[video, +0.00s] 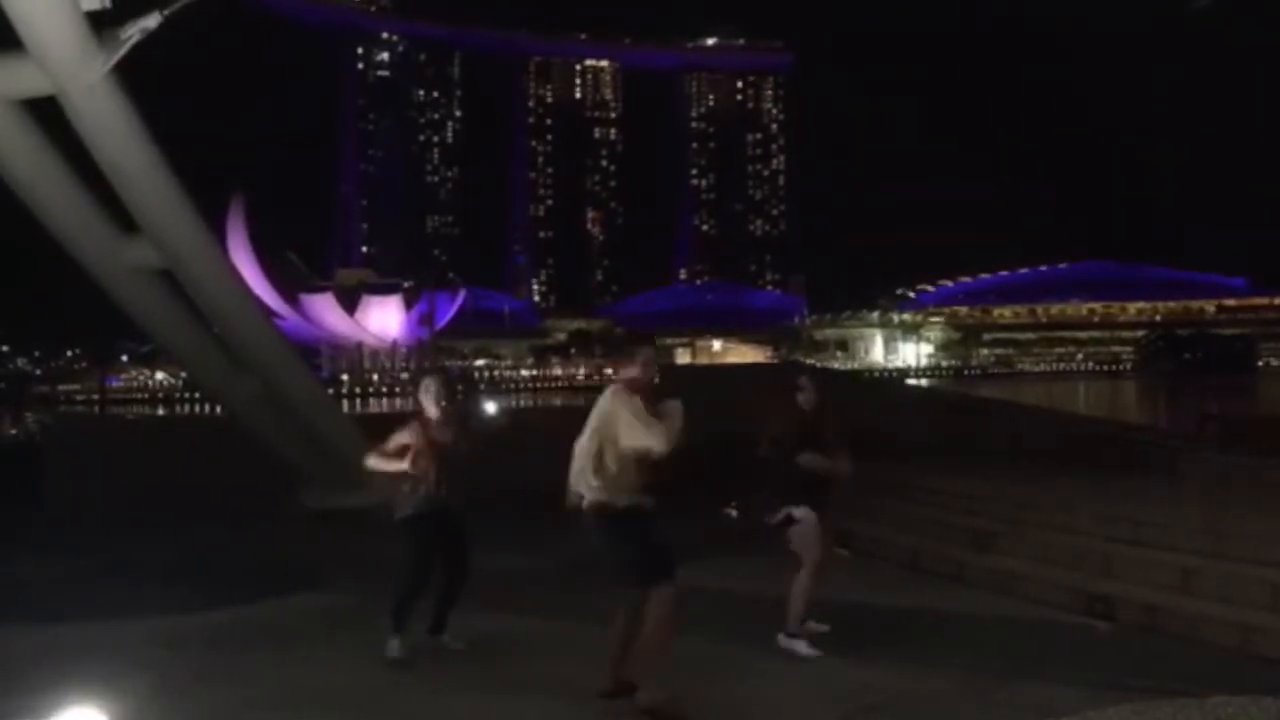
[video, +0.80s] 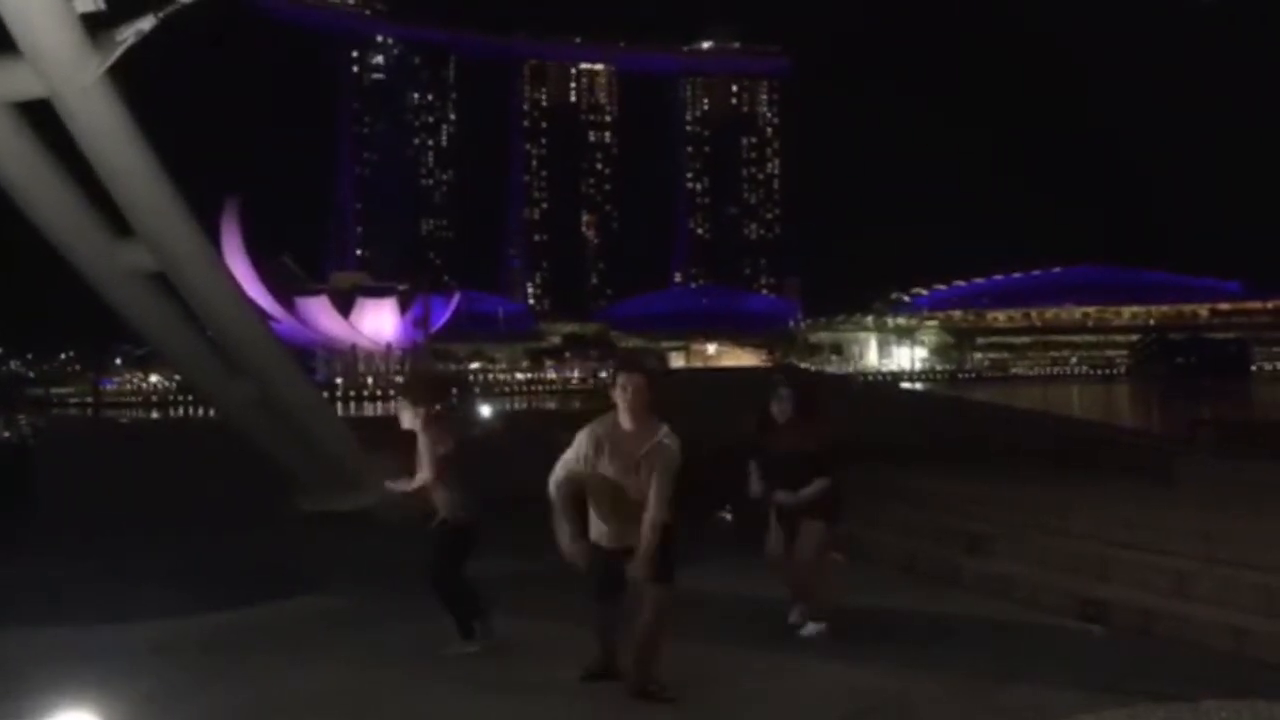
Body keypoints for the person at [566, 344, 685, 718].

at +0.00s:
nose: (650, 373)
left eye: (652, 366)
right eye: (643, 365)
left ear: (653, 371)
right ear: (625, 368)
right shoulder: (618, 399)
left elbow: (583, 447)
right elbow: (656, 444)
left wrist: (585, 489)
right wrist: (672, 413)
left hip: (629, 508)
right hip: (616, 510)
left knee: (636, 592)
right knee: (662, 586)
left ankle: (618, 677)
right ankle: (641, 679)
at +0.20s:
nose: (669, 396)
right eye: (666, 390)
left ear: (631, 391)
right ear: (662, 391)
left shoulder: (607, 434)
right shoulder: (678, 429)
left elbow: (560, 482)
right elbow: (722, 457)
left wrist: (558, 538)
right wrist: (689, 478)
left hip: (623, 537)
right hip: (668, 533)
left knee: (642, 614)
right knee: (687, 612)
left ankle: (652, 687)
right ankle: (679, 701)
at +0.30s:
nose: (598, 390)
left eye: (599, 384)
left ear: (604, 387)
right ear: (636, 382)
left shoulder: (598, 431)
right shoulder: (667, 423)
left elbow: (606, 488)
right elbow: (677, 481)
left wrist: (634, 514)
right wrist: (672, 514)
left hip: (628, 532)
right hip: (674, 529)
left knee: (643, 611)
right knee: (688, 607)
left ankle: (655, 685)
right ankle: (694, 682)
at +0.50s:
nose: (585, 374)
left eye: (593, 366)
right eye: (582, 368)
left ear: (614, 368)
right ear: (581, 374)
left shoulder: (629, 404)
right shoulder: (599, 416)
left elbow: (682, 429)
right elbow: (584, 456)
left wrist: (703, 480)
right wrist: (561, 482)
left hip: (659, 511)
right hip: (635, 513)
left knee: (631, 595)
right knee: (636, 595)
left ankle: (661, 682)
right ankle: (671, 674)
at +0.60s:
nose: (598, 372)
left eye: (605, 364)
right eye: (593, 365)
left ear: (620, 370)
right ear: (587, 372)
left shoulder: (648, 409)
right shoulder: (584, 423)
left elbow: (692, 449)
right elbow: (558, 463)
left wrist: (699, 507)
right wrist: (517, 482)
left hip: (658, 515)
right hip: (618, 519)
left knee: (642, 596)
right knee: (627, 595)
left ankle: (647, 673)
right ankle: (629, 662)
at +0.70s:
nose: (613, 388)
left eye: (620, 381)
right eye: (607, 381)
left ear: (635, 388)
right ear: (599, 390)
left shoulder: (659, 434)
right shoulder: (587, 437)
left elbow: (675, 490)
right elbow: (549, 483)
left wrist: (685, 537)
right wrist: (500, 512)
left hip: (653, 541)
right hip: (607, 544)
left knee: (649, 607)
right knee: (608, 608)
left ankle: (643, 675)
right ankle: (612, 662)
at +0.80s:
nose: (629, 396)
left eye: (636, 389)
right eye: (623, 388)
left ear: (649, 395)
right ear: (613, 393)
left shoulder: (662, 443)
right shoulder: (594, 437)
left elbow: (657, 506)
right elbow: (558, 481)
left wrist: (644, 556)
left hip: (646, 541)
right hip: (602, 543)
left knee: (652, 606)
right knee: (602, 607)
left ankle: (643, 675)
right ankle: (606, 661)